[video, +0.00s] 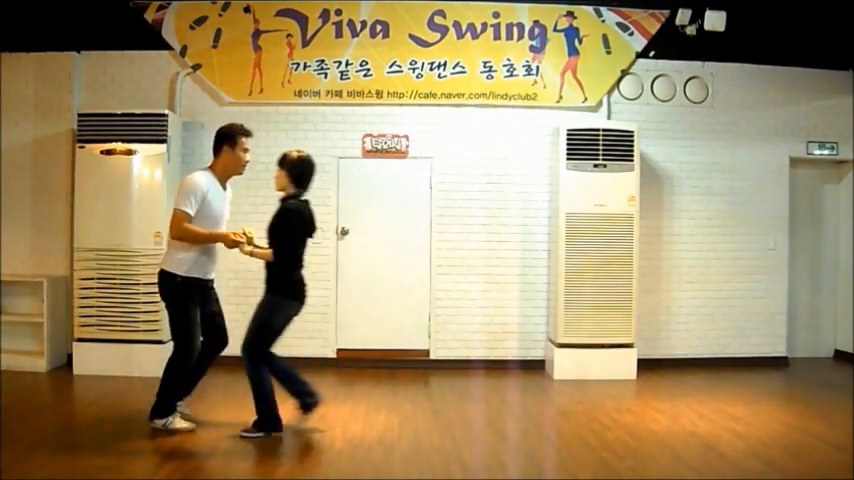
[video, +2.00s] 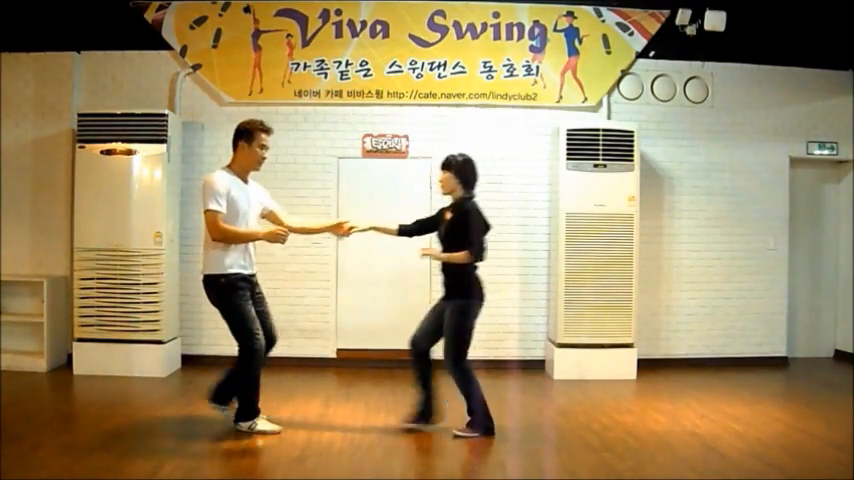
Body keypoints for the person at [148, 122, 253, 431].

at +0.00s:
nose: (247, 158)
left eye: (248, 152)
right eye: (243, 151)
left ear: (226, 153)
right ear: (224, 151)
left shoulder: (224, 189)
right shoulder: (196, 183)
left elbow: (207, 229)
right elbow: (177, 230)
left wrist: (232, 236)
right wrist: (222, 237)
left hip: (202, 280)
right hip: (178, 279)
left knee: (216, 340)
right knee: (188, 346)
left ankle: (172, 400)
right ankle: (161, 414)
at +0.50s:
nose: (261, 148)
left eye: (260, 141)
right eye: (255, 142)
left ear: (241, 148)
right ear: (237, 146)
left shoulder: (239, 185)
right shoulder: (219, 179)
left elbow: (223, 226)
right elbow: (197, 222)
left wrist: (249, 235)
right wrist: (240, 235)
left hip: (222, 277)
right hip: (201, 276)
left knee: (245, 333)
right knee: (198, 346)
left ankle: (202, 396)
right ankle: (172, 412)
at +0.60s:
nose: (262, 146)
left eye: (261, 140)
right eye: (256, 140)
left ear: (245, 147)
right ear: (238, 146)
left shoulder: (242, 184)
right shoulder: (222, 179)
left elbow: (230, 231)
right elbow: (212, 227)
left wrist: (264, 241)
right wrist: (257, 240)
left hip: (226, 277)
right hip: (204, 275)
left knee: (256, 330)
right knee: (197, 347)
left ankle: (244, 405)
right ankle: (172, 412)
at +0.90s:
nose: (265, 140)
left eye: (263, 135)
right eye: (258, 135)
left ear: (252, 143)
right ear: (239, 142)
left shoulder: (261, 183)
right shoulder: (230, 181)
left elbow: (271, 228)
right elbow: (242, 233)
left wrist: (307, 237)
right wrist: (291, 233)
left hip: (261, 275)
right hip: (238, 277)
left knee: (277, 340)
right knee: (239, 346)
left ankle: (278, 412)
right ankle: (189, 398)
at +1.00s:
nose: (267, 137)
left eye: (265, 132)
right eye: (260, 133)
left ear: (251, 141)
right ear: (241, 141)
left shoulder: (268, 181)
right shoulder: (231, 182)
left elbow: (281, 226)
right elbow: (239, 233)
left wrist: (318, 235)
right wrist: (285, 227)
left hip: (270, 271)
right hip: (246, 274)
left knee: (279, 341)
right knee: (263, 341)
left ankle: (278, 412)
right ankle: (215, 396)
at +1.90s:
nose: (273, 154)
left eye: (274, 149)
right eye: (269, 147)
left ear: (259, 149)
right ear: (249, 145)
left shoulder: (261, 189)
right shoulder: (221, 181)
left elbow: (299, 221)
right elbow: (216, 228)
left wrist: (339, 222)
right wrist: (260, 231)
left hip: (252, 276)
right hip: (227, 277)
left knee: (278, 334)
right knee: (255, 342)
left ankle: (270, 408)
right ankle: (247, 418)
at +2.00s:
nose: (266, 154)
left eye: (267, 148)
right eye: (262, 147)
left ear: (251, 149)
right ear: (241, 146)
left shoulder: (253, 189)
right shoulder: (216, 182)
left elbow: (286, 226)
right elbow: (216, 232)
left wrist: (329, 227)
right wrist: (263, 234)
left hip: (246, 276)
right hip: (222, 278)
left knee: (266, 338)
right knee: (253, 342)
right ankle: (247, 416)